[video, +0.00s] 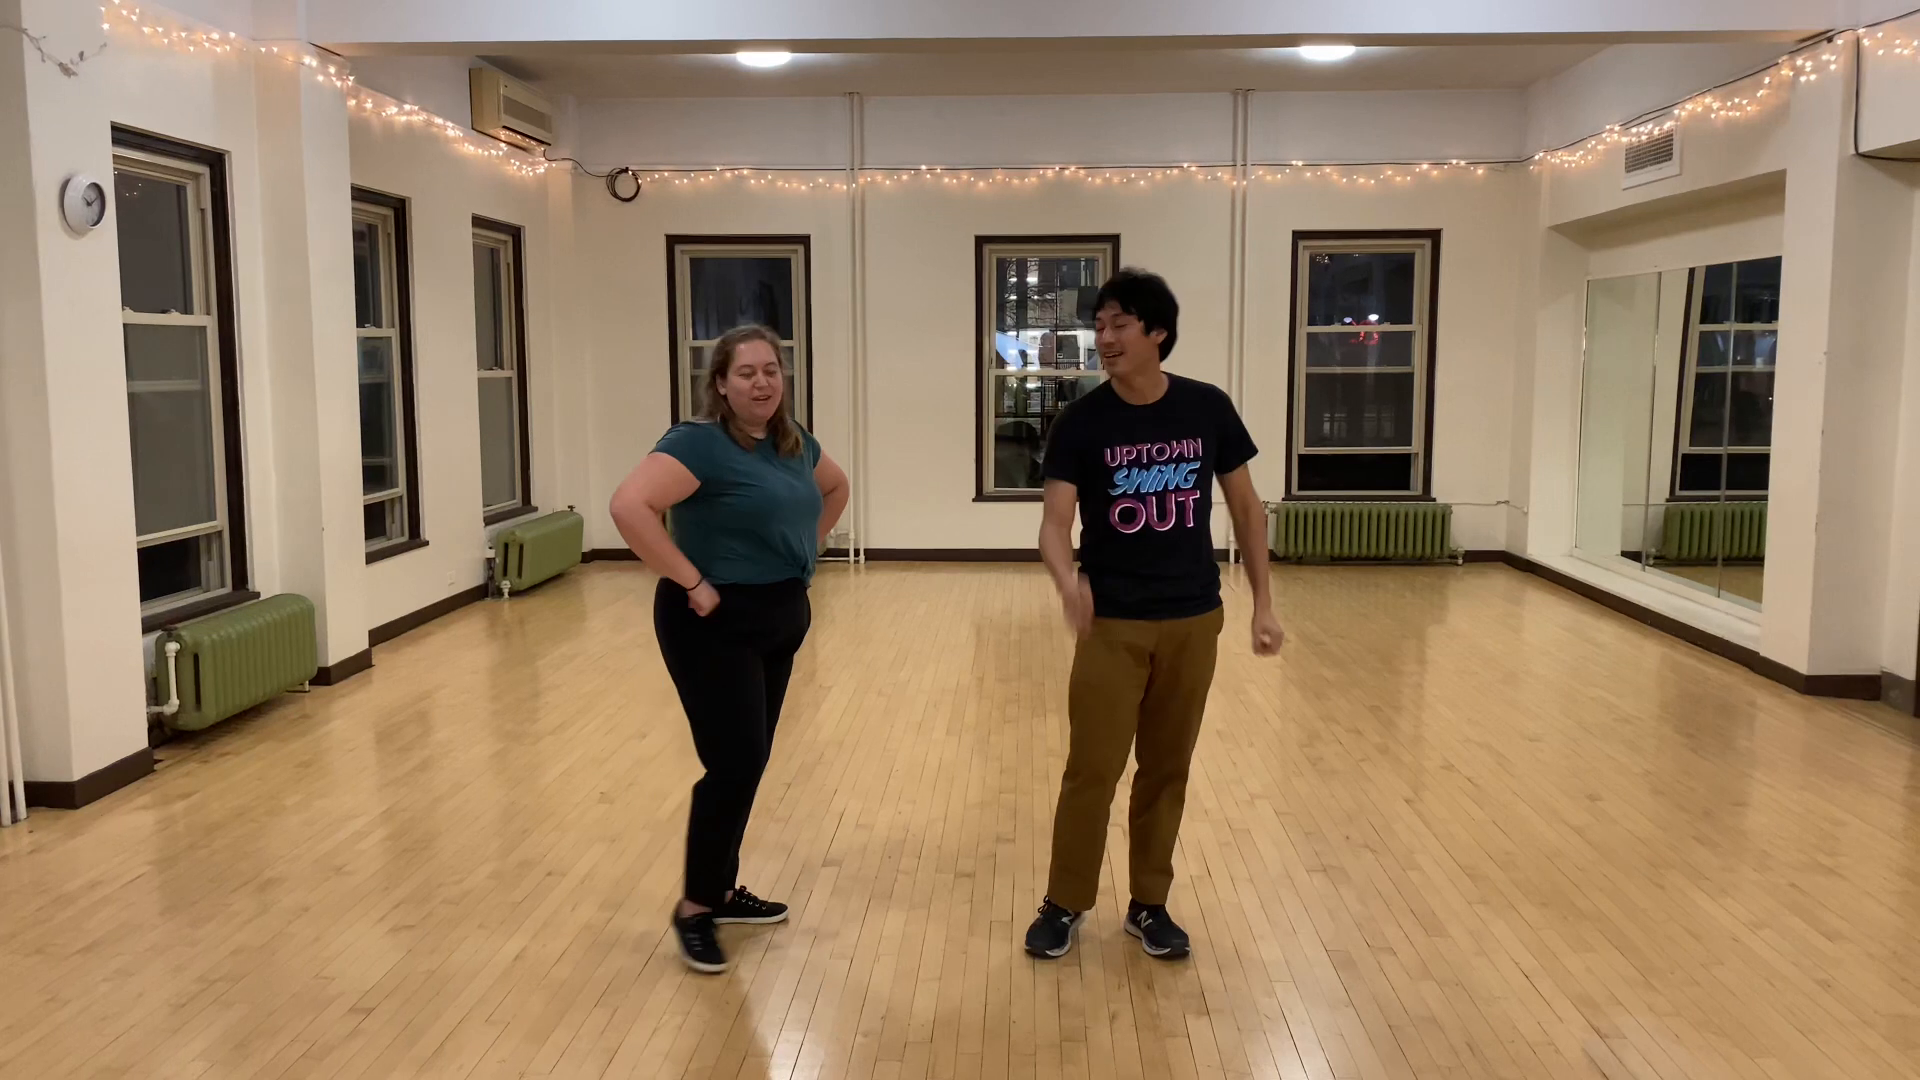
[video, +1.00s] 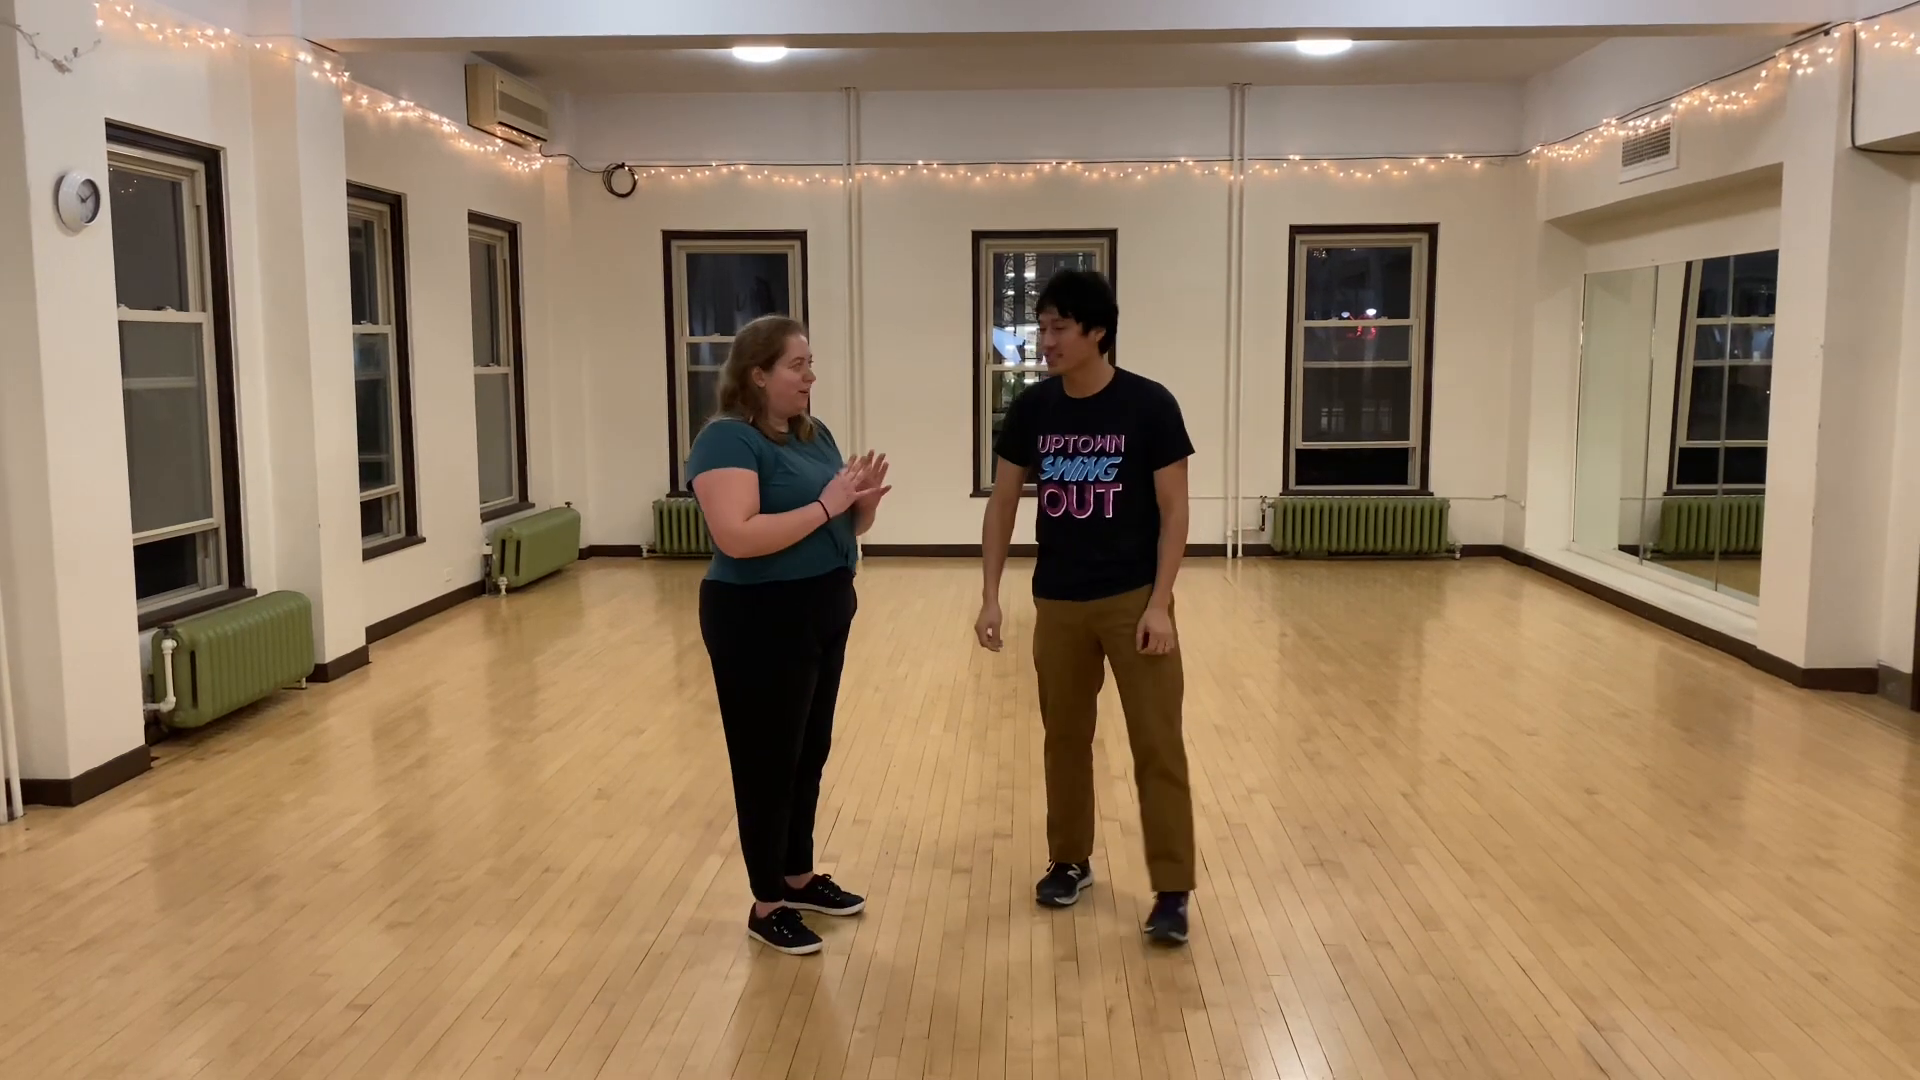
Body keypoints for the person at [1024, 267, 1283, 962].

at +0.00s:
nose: (1107, 337)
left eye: (1120, 324)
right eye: (1100, 327)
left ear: (1160, 332)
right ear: (1095, 336)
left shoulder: (1207, 408)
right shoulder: (1079, 423)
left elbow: (1246, 507)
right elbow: (1055, 527)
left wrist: (1263, 602)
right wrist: (1068, 581)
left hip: (1191, 624)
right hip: (1109, 626)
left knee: (1166, 773)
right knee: (1090, 772)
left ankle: (1149, 905)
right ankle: (1064, 903)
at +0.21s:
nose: (1117, 337)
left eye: (1130, 325)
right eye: (1117, 324)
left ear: (1172, 336)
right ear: (1125, 332)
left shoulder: (1224, 422)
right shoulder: (1092, 411)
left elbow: (1243, 533)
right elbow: (1060, 515)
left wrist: (1222, 630)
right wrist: (1046, 603)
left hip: (1171, 622)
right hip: (1087, 615)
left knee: (1159, 769)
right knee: (1067, 760)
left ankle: (1149, 904)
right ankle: (1053, 901)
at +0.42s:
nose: (1105, 336)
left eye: (1118, 326)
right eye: (1107, 323)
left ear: (1160, 337)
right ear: (1125, 332)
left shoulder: (1211, 422)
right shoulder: (1090, 404)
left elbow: (1226, 536)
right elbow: (1063, 494)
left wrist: (1178, 619)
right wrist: (1046, 580)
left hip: (1160, 624)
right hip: (1079, 614)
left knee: (1155, 767)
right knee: (1060, 752)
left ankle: (1149, 901)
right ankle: (1053, 875)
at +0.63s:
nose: (1084, 335)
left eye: (1097, 324)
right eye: (1083, 323)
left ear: (1137, 332)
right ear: (1099, 330)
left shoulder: (1185, 415)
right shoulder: (1075, 408)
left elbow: (1198, 534)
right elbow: (1060, 503)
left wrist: (1168, 623)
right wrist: (1054, 590)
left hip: (1145, 618)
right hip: (1070, 611)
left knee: (1147, 762)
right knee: (1061, 746)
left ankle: (1148, 898)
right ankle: (1066, 859)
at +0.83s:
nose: (1054, 338)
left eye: (1067, 327)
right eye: (1052, 326)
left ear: (1108, 333)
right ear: (1061, 331)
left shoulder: (1160, 410)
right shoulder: (1046, 407)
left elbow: (1185, 521)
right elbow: (1023, 503)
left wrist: (1166, 614)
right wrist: (1012, 592)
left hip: (1137, 609)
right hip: (1060, 607)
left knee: (1142, 758)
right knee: (1064, 744)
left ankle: (1147, 898)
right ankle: (1067, 861)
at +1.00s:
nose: (1046, 339)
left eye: (1058, 328)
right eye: (1042, 327)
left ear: (1098, 333)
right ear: (1045, 333)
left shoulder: (1150, 405)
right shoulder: (1033, 408)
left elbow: (1175, 511)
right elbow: (1003, 500)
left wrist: (1161, 602)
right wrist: (991, 591)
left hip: (1138, 601)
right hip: (1059, 602)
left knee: (1158, 748)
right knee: (1065, 739)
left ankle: (1173, 891)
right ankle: (1070, 860)